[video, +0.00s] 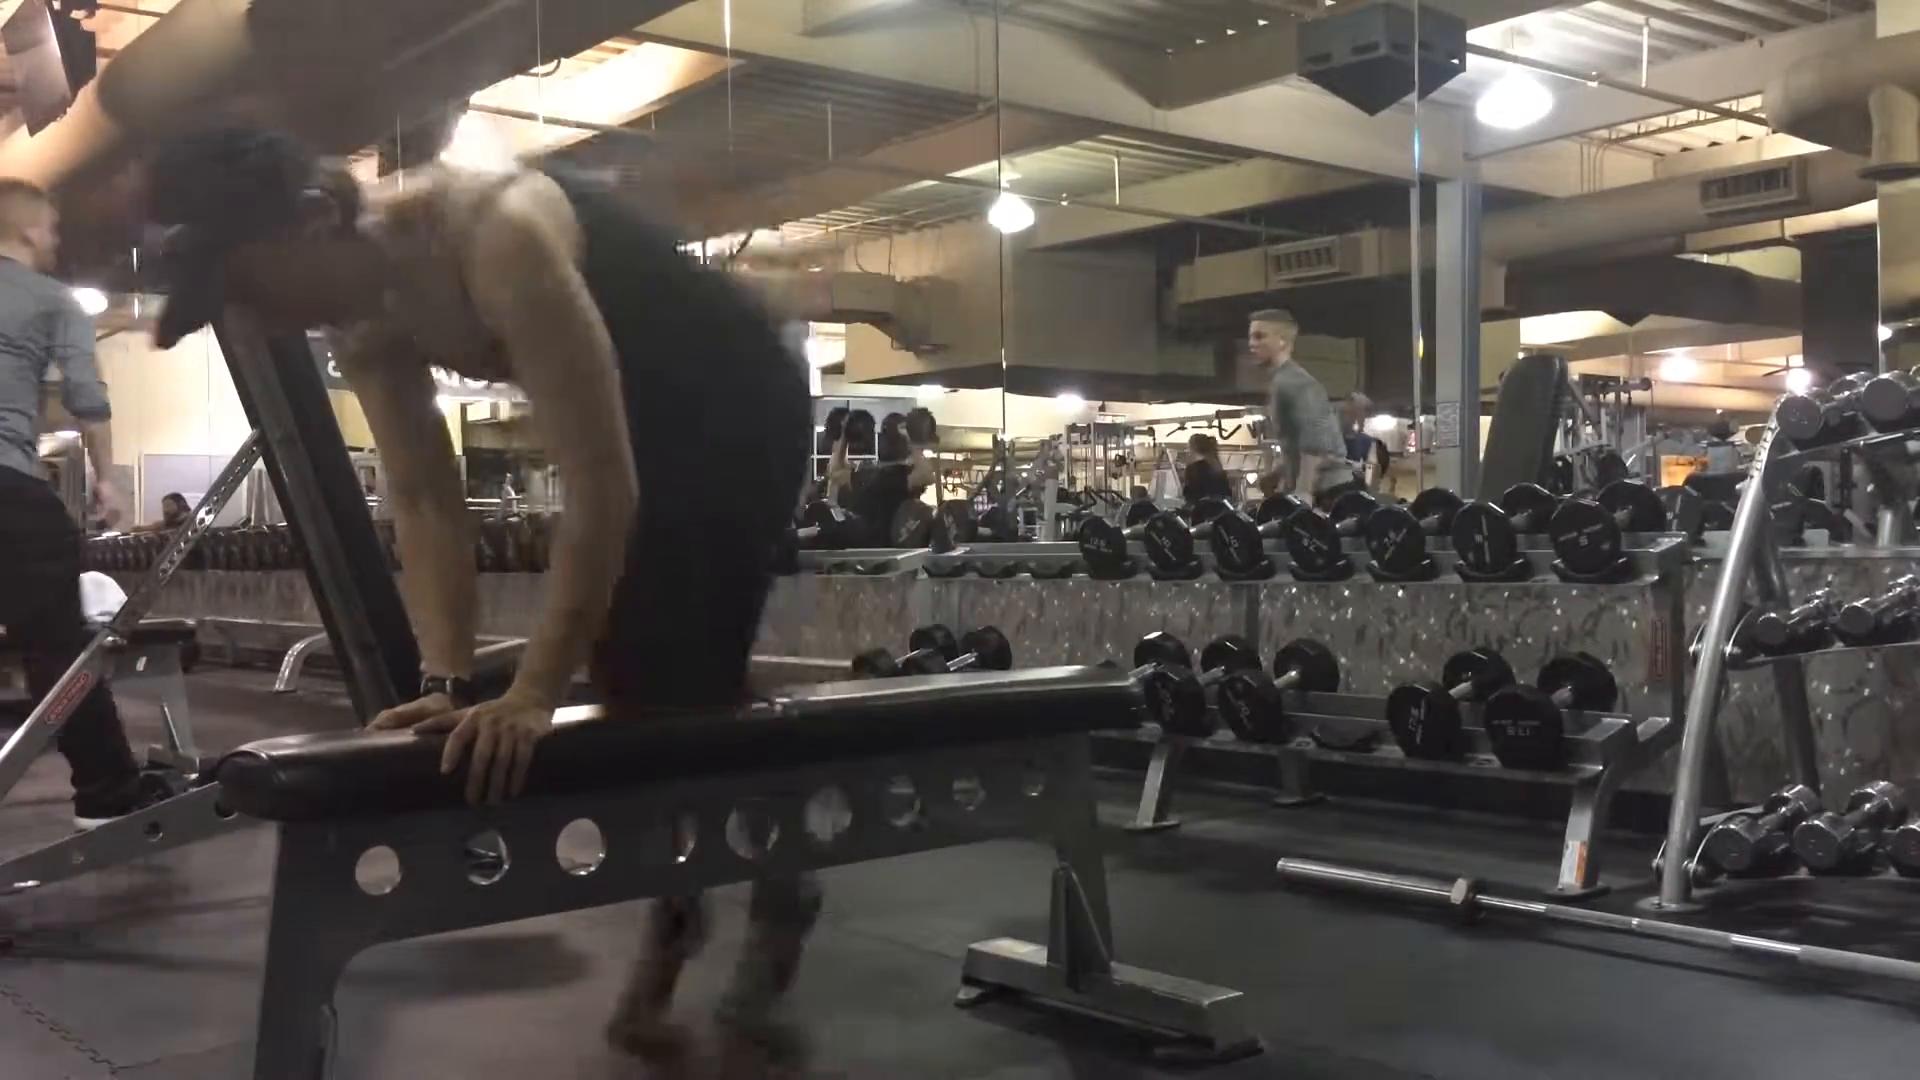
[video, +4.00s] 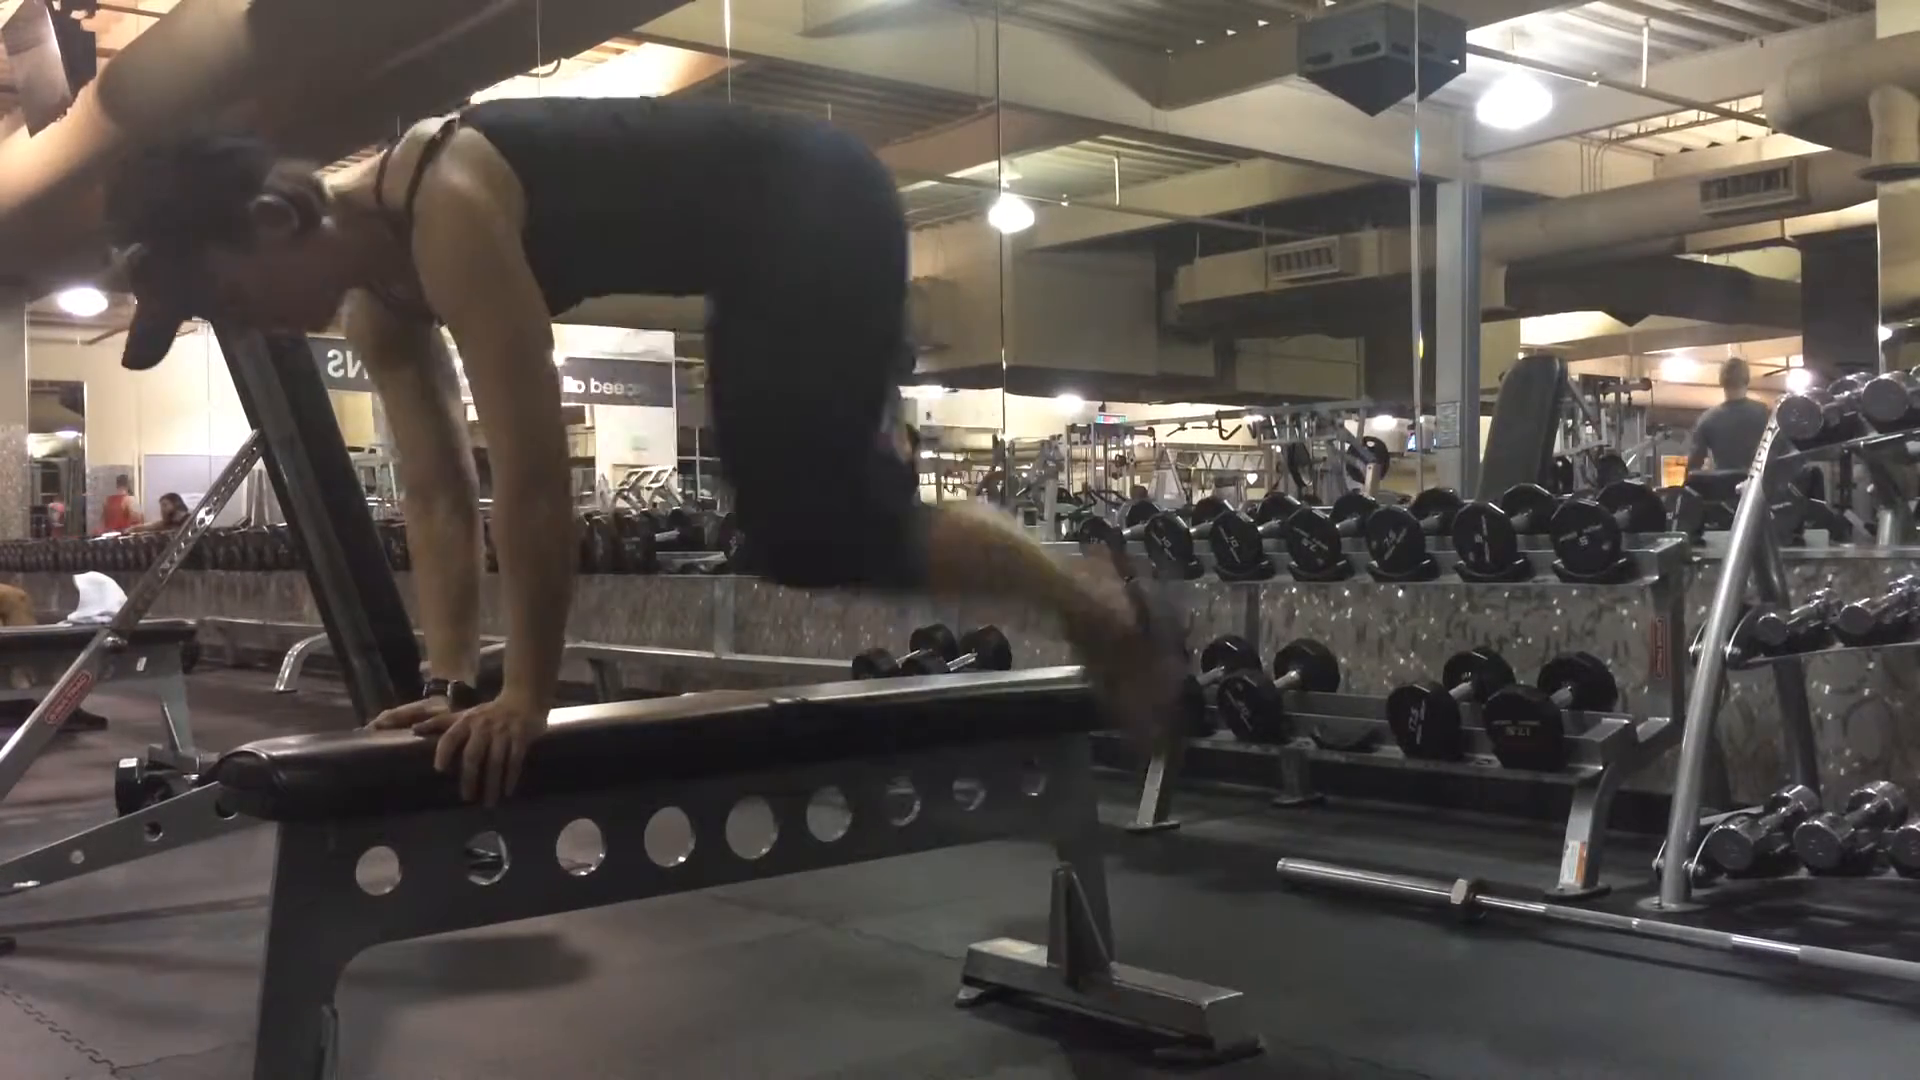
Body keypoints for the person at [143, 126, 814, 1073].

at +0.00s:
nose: (262, 320)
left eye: (253, 285)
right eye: (240, 301)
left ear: (314, 216)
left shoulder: (501, 227)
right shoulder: (364, 313)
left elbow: (603, 482)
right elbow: (422, 489)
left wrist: (531, 691)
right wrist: (446, 679)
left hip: (734, 385)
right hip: (627, 411)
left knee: (697, 672)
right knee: (620, 667)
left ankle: (779, 873)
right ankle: (674, 886)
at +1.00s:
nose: (271, 326)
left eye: (251, 300)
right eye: (247, 316)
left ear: (291, 217)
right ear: (294, 221)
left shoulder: (467, 221)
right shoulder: (391, 278)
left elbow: (564, 485)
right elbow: (436, 486)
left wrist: (526, 694)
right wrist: (448, 676)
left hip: (861, 239)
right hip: (809, 275)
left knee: (941, 562)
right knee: (918, 569)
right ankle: (1111, 806)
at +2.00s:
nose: (318, 321)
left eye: (299, 296)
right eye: (293, 312)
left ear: (341, 210)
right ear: (330, 219)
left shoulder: (517, 208)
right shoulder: (422, 268)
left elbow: (578, 475)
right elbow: (453, 479)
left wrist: (529, 699)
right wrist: (449, 677)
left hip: (846, 230)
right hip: (749, 275)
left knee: (791, 508)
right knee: (710, 523)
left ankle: (999, 419)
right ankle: (952, 426)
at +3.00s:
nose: (340, 312)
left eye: (337, 279)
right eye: (321, 294)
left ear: (399, 214)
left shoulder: (580, 271)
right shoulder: (422, 328)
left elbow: (656, 515)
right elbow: (450, 508)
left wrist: (539, 700)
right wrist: (453, 682)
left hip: (753, 518)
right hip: (661, 526)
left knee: (656, 743)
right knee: (635, 742)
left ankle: (796, 935)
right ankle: (758, 936)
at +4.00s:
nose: (247, 329)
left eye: (227, 302)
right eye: (222, 318)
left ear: (268, 219)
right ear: (268, 222)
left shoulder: (455, 208)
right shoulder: (372, 284)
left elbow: (528, 461)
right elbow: (433, 482)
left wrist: (525, 689)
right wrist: (446, 675)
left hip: (814, 199)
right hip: (756, 242)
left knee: (819, 524)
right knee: (800, 528)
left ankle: (1089, 602)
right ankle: (1077, 591)